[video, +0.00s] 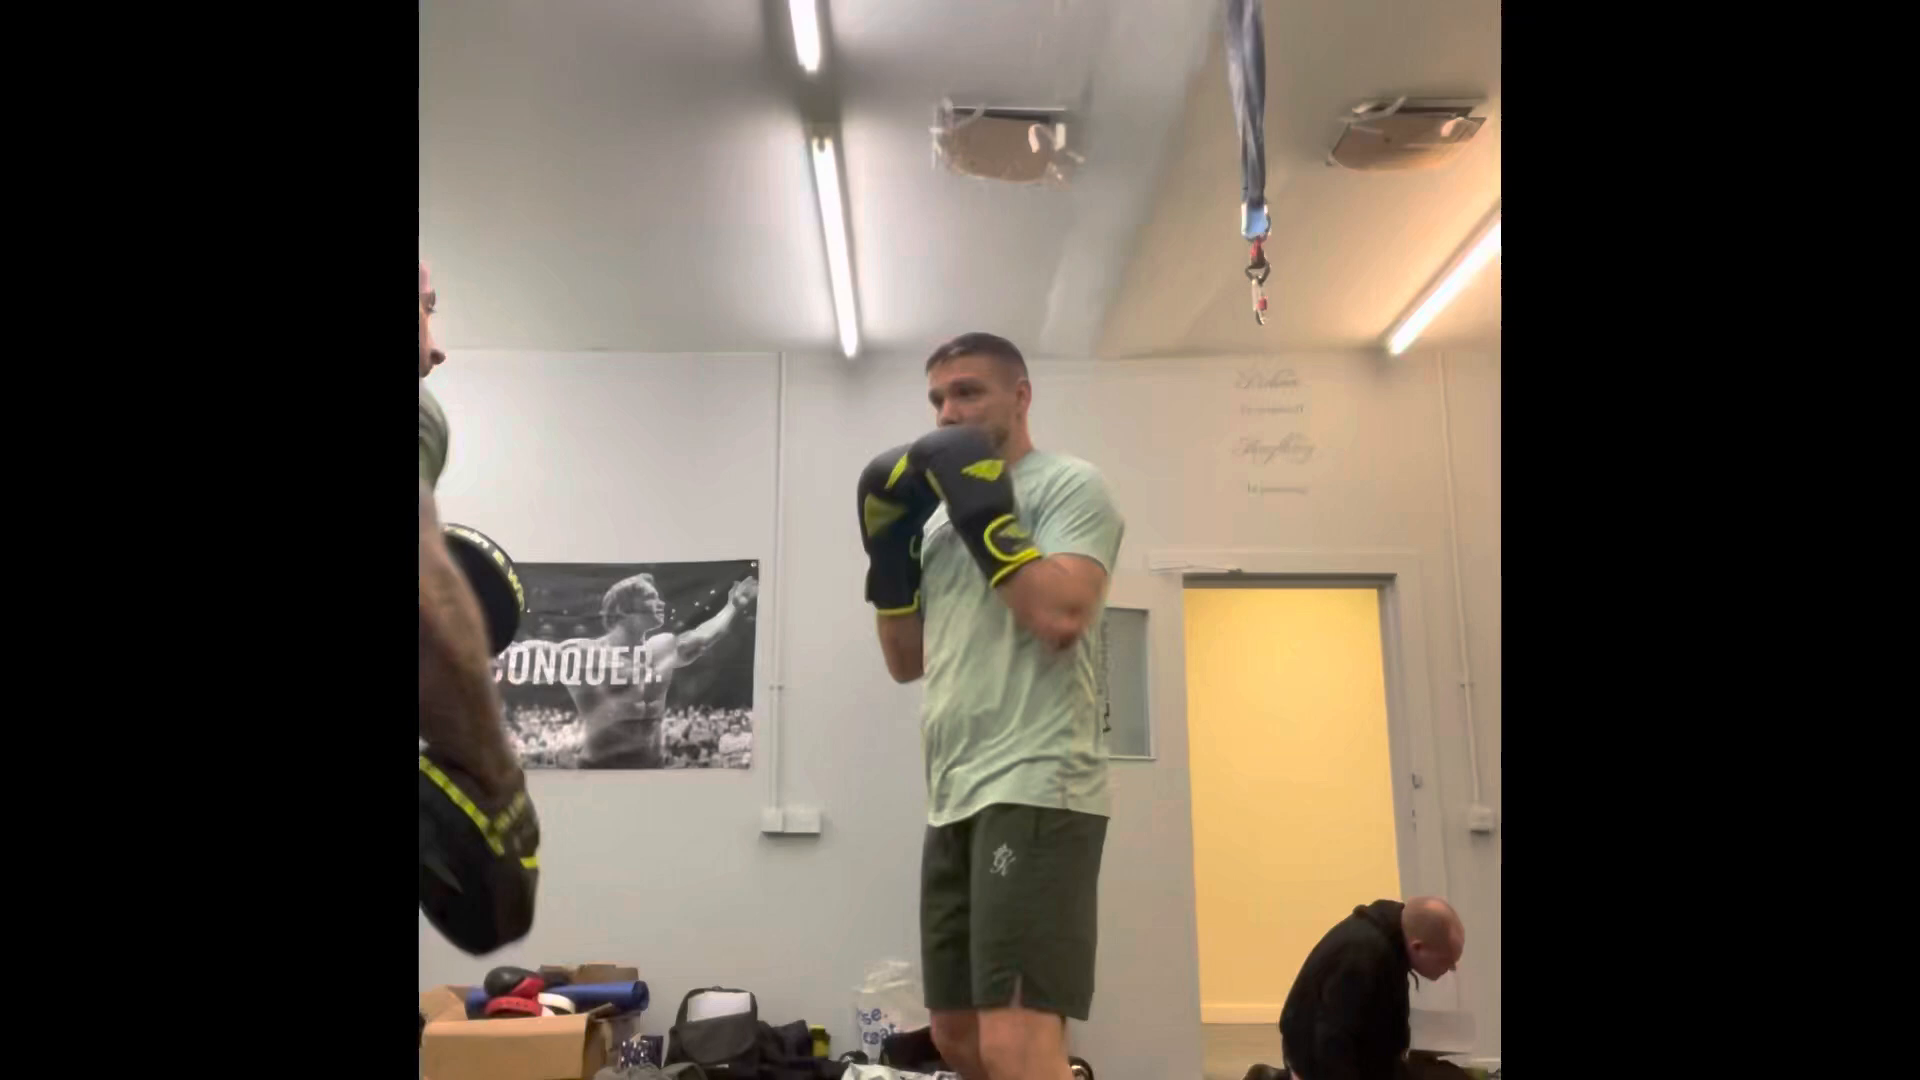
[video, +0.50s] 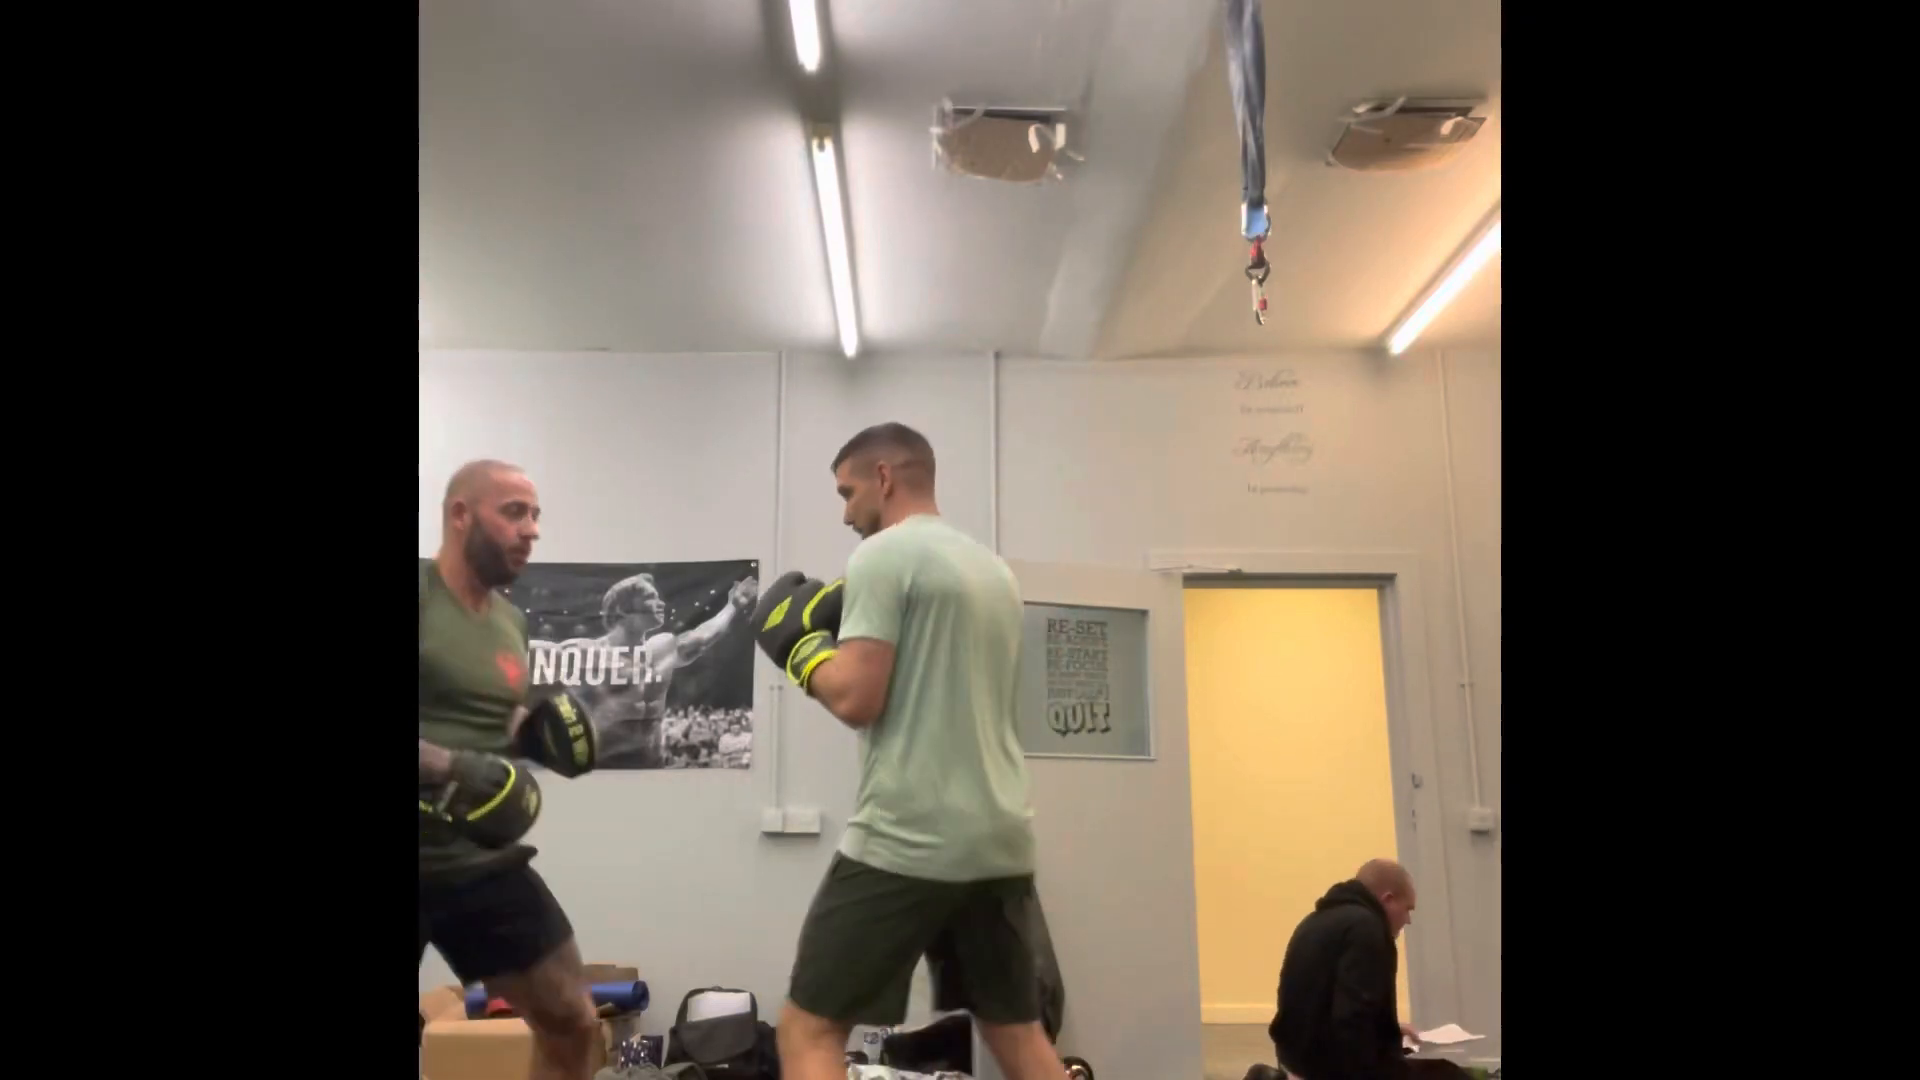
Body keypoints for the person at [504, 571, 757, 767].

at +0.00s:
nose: (662, 606)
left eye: (660, 599)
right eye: (653, 599)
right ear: (625, 610)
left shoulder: (666, 647)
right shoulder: (580, 654)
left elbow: (706, 633)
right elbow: (527, 654)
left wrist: (734, 605)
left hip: (649, 767)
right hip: (599, 769)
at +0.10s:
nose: (660, 604)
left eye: (658, 598)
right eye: (649, 600)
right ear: (622, 613)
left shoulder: (665, 649)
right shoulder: (582, 657)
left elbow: (707, 633)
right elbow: (515, 651)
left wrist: (735, 604)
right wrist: (460, 619)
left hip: (650, 771)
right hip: (598, 772)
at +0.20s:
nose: (662, 610)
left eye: (660, 603)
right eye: (652, 604)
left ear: (644, 613)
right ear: (624, 613)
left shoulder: (666, 649)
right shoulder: (579, 655)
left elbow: (707, 634)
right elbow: (505, 652)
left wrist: (735, 605)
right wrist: (449, 607)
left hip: (650, 770)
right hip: (599, 772)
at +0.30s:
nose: (662, 608)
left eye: (659, 602)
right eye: (652, 603)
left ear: (650, 611)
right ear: (624, 613)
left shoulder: (666, 649)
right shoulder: (582, 656)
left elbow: (706, 635)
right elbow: (510, 650)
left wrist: (735, 604)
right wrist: (452, 608)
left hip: (650, 771)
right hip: (595, 771)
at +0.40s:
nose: (661, 604)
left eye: (658, 598)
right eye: (650, 598)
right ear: (623, 611)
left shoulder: (666, 648)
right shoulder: (579, 652)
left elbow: (707, 634)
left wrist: (734, 606)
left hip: (649, 767)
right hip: (598, 768)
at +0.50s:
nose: (660, 604)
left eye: (659, 598)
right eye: (649, 599)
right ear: (621, 612)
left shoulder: (666, 648)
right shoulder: (584, 653)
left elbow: (706, 635)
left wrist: (733, 606)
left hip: (647, 765)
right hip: (597, 766)